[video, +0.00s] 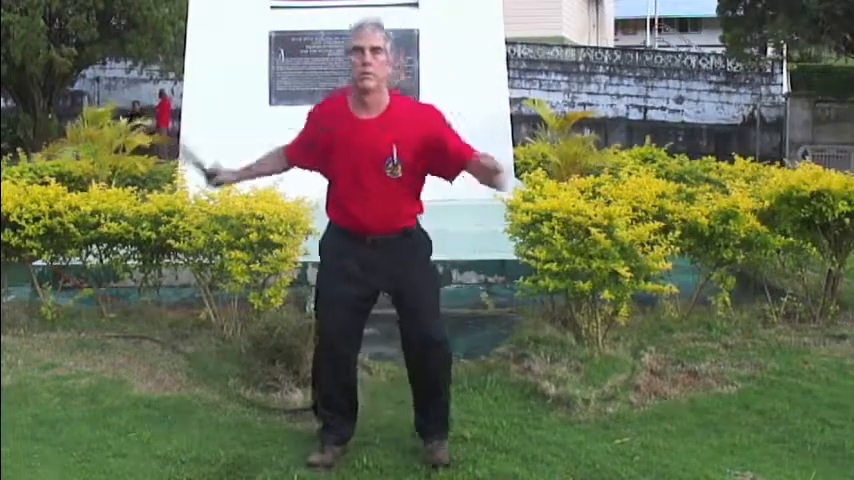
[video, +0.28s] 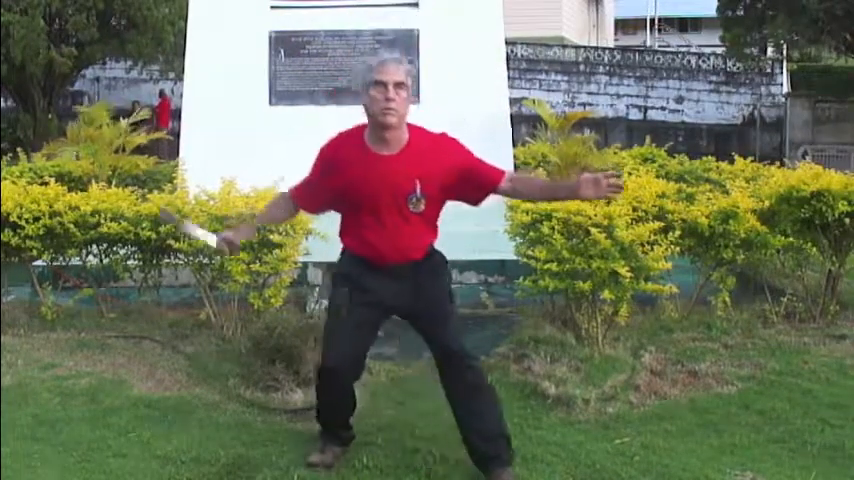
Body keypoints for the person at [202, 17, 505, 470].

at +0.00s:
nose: (365, 61)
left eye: (375, 52)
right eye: (357, 52)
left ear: (393, 62)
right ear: (347, 61)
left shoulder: (421, 119)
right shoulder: (328, 115)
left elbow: (467, 161)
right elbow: (289, 156)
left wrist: (490, 170)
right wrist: (235, 174)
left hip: (405, 247)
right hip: (344, 247)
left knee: (428, 340)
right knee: (333, 343)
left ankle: (434, 435)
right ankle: (333, 435)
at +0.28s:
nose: (390, 96)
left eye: (399, 88)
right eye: (380, 87)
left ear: (411, 98)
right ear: (364, 97)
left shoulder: (440, 153)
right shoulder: (339, 154)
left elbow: (511, 183)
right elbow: (294, 201)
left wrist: (575, 187)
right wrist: (245, 228)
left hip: (422, 272)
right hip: (359, 273)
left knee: (455, 356)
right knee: (335, 366)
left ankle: (497, 465)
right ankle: (334, 438)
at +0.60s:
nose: (487, 108)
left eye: (495, 99)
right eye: (474, 99)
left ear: (502, 110)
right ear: (455, 109)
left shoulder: (511, 171)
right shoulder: (424, 166)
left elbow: (530, 239)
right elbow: (400, 249)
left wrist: (575, 260)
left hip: (472, 289)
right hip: (419, 287)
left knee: (501, 370)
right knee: (378, 364)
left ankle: (500, 471)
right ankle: (337, 440)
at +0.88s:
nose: (518, 106)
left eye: (527, 98)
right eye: (507, 97)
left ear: (535, 108)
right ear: (487, 107)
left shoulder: (530, 166)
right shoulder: (461, 151)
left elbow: (518, 230)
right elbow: (486, 214)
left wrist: (526, 252)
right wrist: (543, 190)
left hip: (478, 287)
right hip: (421, 281)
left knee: (512, 369)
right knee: (379, 367)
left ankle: (503, 469)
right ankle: (330, 437)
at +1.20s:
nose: (464, 113)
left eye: (473, 105)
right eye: (453, 104)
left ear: (482, 114)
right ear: (435, 111)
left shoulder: (495, 172)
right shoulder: (412, 150)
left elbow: (507, 246)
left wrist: (473, 196)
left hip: (450, 293)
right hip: (387, 287)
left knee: (492, 376)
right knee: (333, 379)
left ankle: (501, 471)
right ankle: (321, 458)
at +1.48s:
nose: (373, 141)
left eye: (383, 130)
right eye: (364, 132)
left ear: (400, 132)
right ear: (354, 135)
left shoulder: (422, 198)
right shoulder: (347, 161)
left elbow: (443, 286)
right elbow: (278, 164)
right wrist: (310, 133)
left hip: (402, 310)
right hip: (351, 301)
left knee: (423, 414)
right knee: (295, 372)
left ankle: (526, 462)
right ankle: (316, 460)